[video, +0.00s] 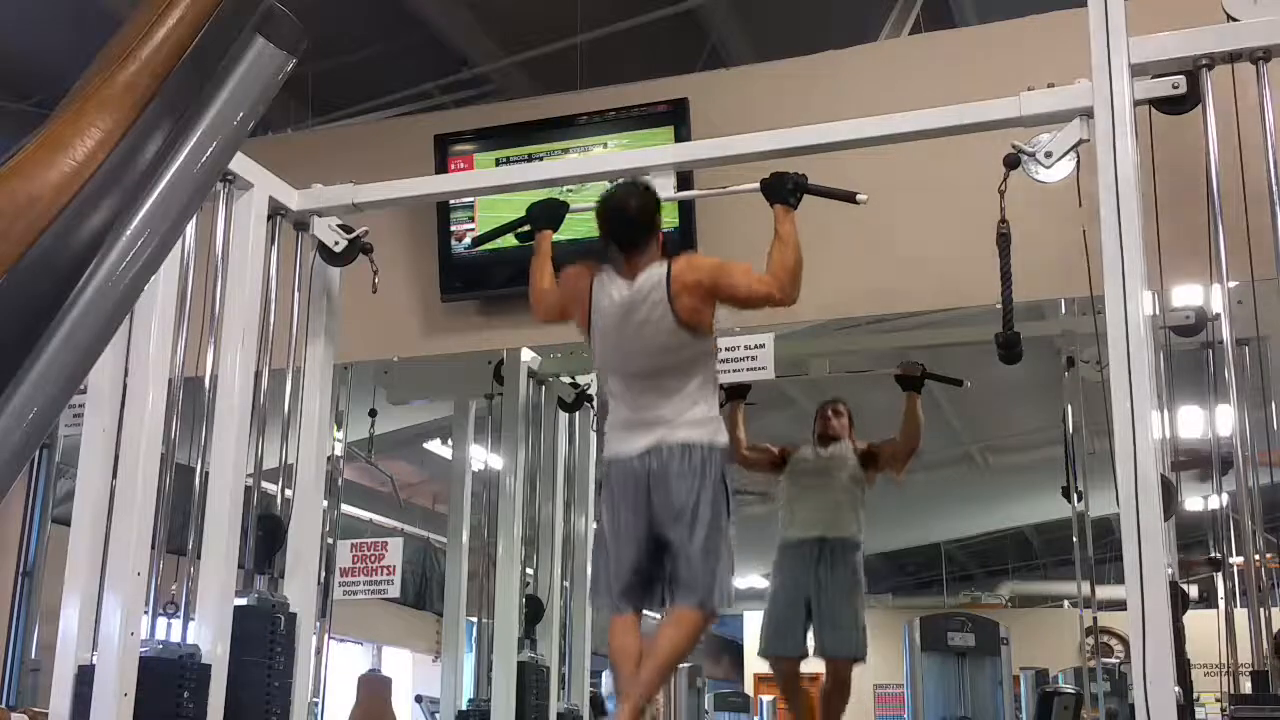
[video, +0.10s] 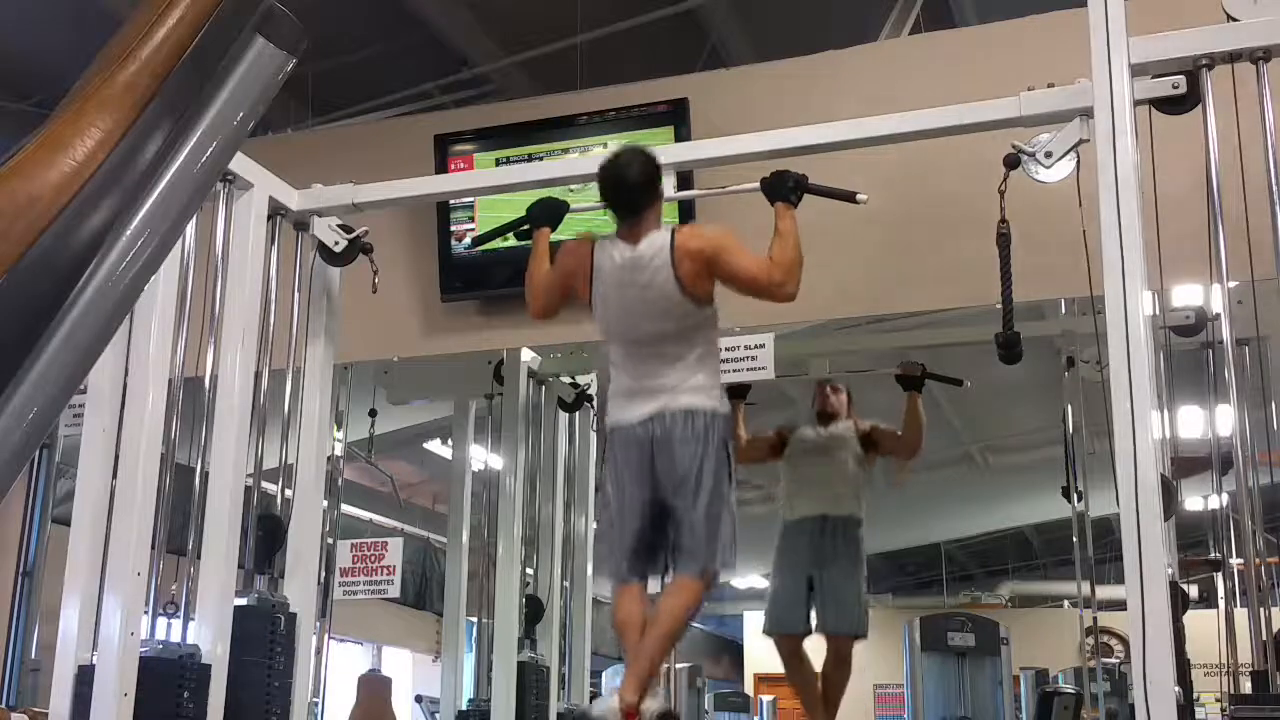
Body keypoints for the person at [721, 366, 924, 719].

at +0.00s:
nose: (828, 418)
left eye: (836, 414)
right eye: (822, 415)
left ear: (850, 426)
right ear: (813, 427)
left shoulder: (861, 454)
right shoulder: (793, 456)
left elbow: (906, 445)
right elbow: (741, 453)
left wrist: (912, 393)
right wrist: (735, 401)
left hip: (842, 556)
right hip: (792, 556)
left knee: (840, 663)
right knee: (781, 660)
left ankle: (829, 717)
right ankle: (806, 715)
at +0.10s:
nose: (825, 395)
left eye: (834, 391)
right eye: (820, 391)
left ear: (848, 402)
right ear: (813, 403)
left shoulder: (861, 431)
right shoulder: (793, 436)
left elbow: (908, 445)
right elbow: (742, 451)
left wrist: (913, 393)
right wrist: (737, 404)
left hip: (843, 535)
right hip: (795, 536)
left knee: (841, 639)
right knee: (785, 635)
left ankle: (826, 715)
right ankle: (815, 713)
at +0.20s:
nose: (827, 371)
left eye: (834, 368)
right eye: (820, 368)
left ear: (846, 384)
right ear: (810, 383)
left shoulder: (863, 413)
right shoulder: (789, 414)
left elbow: (906, 445)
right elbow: (744, 451)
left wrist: (913, 393)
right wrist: (737, 403)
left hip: (843, 513)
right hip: (796, 515)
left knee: (842, 622)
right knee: (789, 619)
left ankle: (828, 712)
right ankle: (825, 711)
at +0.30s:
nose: (831, 362)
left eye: (838, 363)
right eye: (825, 361)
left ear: (846, 381)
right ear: (812, 378)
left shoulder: (863, 409)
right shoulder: (789, 411)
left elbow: (906, 444)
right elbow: (746, 450)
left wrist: (912, 393)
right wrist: (738, 402)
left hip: (844, 510)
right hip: (796, 513)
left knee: (846, 620)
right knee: (793, 617)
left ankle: (832, 712)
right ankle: (830, 711)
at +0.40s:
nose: (823, 389)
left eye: (831, 383)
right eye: (817, 384)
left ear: (846, 394)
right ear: (809, 396)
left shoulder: (860, 428)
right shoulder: (789, 430)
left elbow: (910, 445)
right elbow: (741, 451)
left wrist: (913, 394)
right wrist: (734, 404)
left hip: (843, 533)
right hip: (794, 536)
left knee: (849, 639)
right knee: (795, 638)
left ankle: (840, 715)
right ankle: (832, 715)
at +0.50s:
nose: (828, 414)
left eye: (835, 409)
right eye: (822, 410)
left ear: (848, 421)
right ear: (814, 420)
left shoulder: (860, 452)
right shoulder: (792, 453)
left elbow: (912, 446)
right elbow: (742, 455)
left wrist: (912, 393)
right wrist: (734, 404)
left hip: (842, 561)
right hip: (794, 563)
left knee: (850, 668)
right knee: (794, 666)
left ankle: (845, 716)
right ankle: (824, 716)